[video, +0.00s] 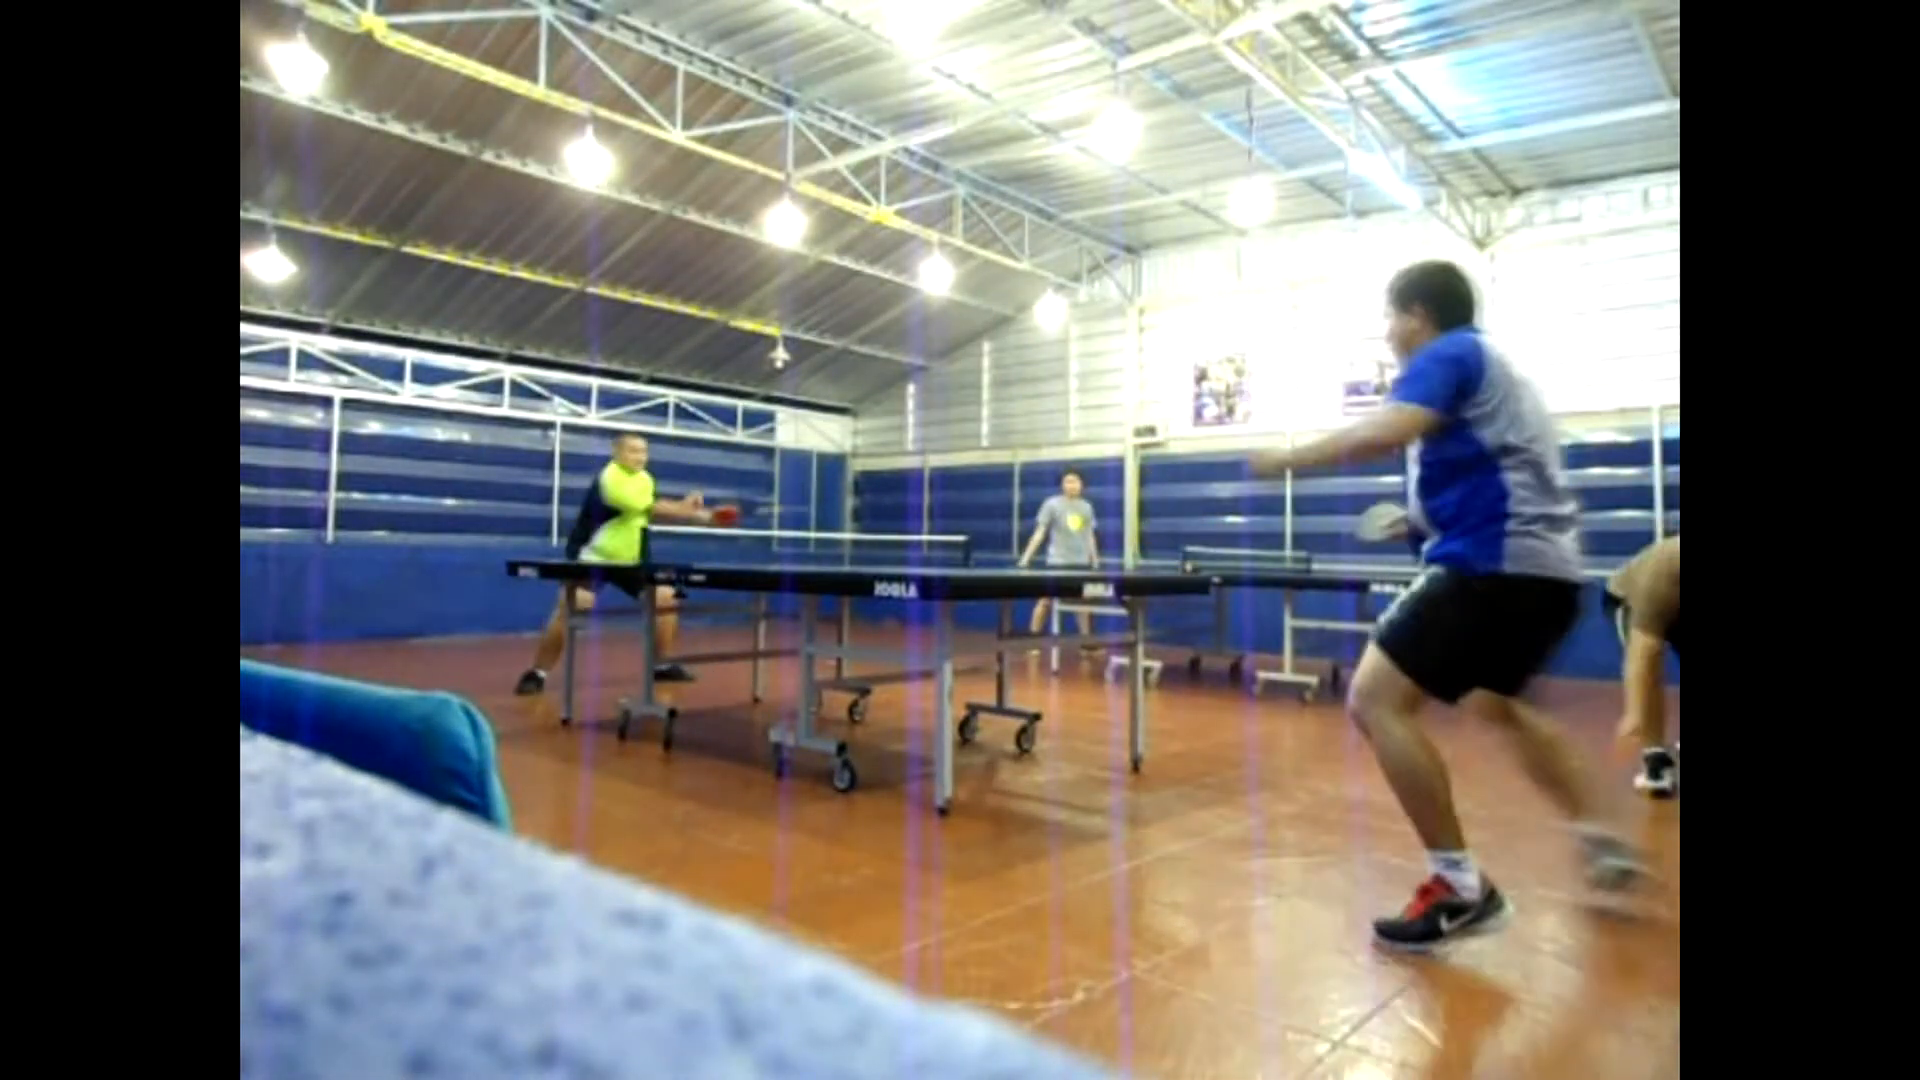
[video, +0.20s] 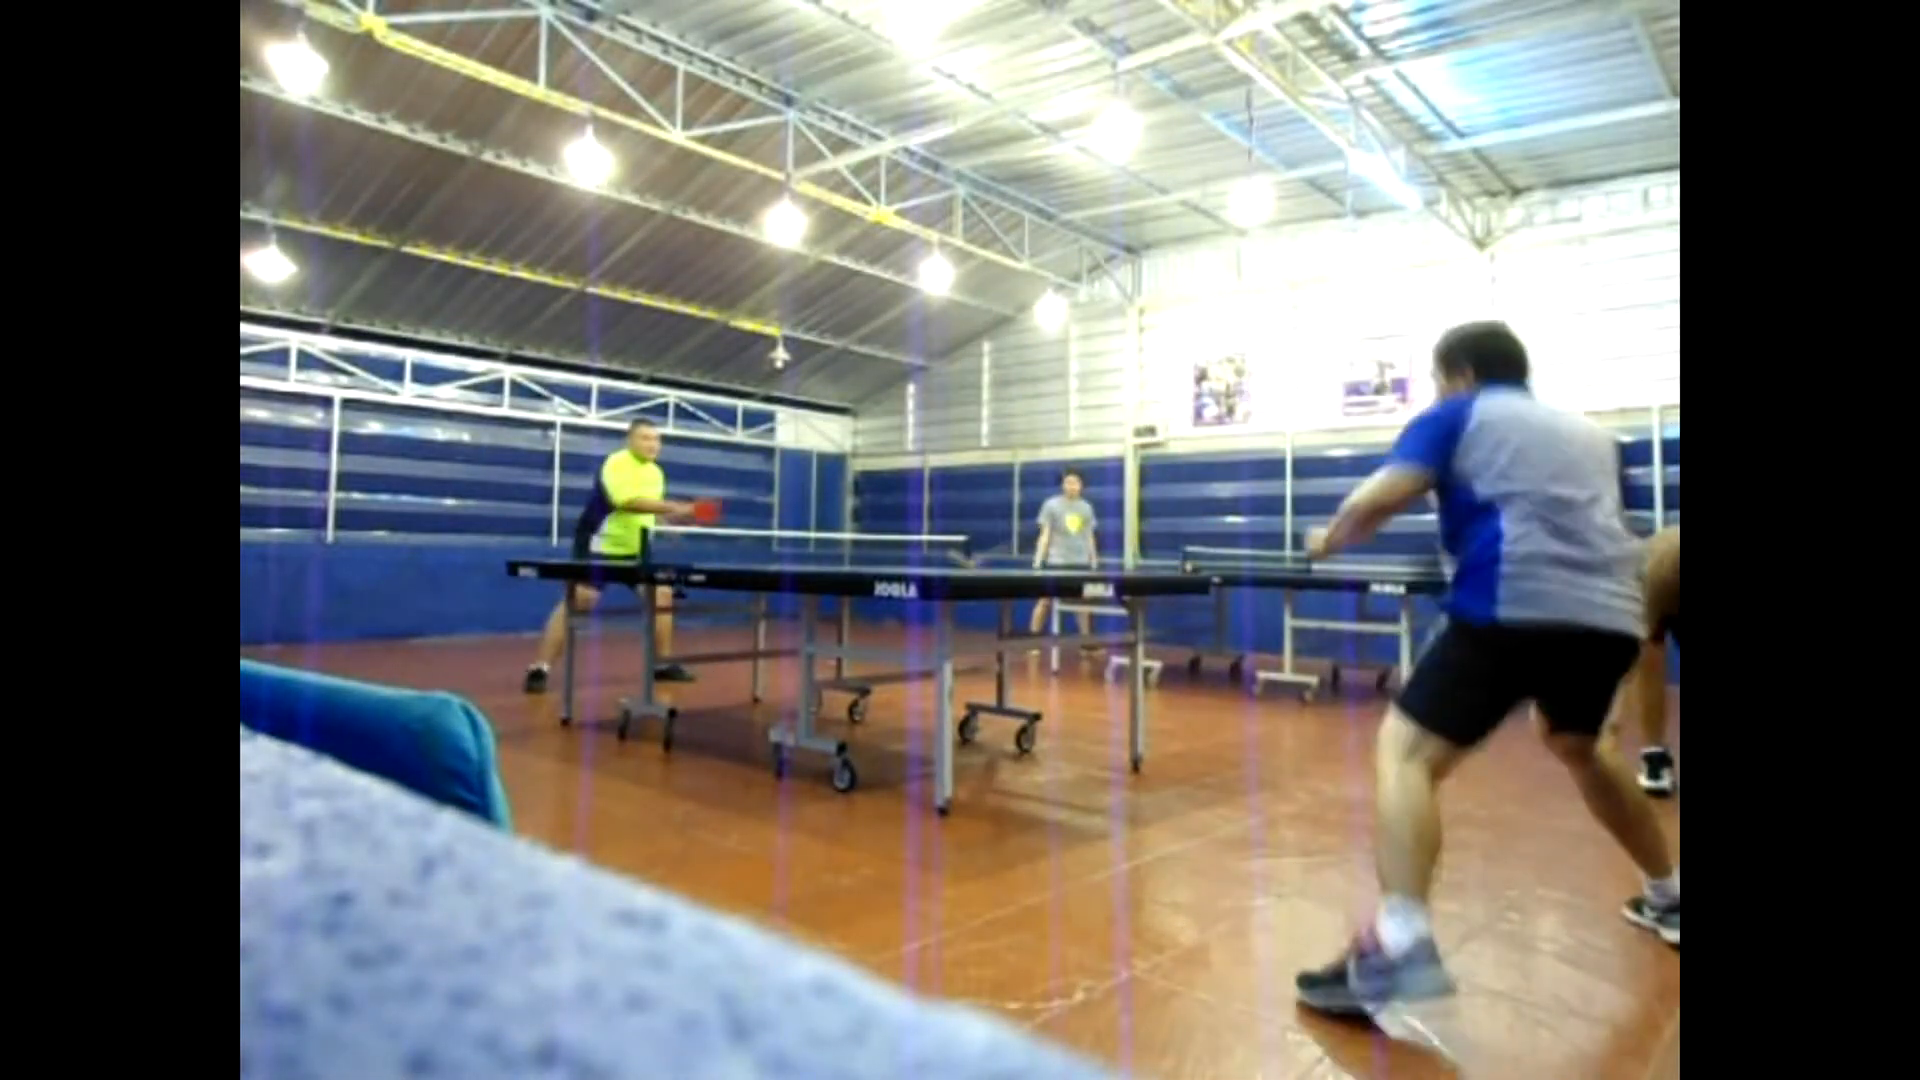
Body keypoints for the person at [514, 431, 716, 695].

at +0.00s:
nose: (639, 457)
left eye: (643, 451)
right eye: (632, 451)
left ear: (646, 455)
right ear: (617, 452)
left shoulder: (645, 481)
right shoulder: (610, 480)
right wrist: (686, 509)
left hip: (629, 562)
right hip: (591, 562)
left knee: (665, 598)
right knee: (575, 606)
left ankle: (663, 663)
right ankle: (538, 671)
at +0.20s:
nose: (652, 445)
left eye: (656, 439)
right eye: (645, 438)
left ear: (659, 443)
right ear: (630, 439)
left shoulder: (655, 473)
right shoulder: (615, 464)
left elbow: (652, 509)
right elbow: (622, 500)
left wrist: (678, 516)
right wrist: (671, 508)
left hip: (636, 545)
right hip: (599, 543)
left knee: (662, 594)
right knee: (581, 598)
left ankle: (663, 661)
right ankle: (541, 666)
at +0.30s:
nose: (649, 444)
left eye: (653, 439)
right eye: (642, 438)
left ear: (656, 443)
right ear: (628, 439)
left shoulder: (655, 474)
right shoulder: (607, 464)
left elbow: (649, 510)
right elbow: (601, 504)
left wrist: (658, 532)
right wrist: (643, 518)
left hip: (637, 550)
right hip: (601, 547)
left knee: (663, 595)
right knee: (582, 598)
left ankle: (663, 661)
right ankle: (536, 662)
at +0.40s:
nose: (637, 448)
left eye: (642, 443)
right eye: (631, 442)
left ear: (647, 447)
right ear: (620, 443)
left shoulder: (649, 479)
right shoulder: (598, 469)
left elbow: (641, 516)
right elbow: (578, 503)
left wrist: (651, 535)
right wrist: (619, 524)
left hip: (633, 558)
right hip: (596, 556)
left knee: (663, 594)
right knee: (579, 602)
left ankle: (663, 661)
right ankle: (535, 660)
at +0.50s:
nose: (626, 447)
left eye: (630, 442)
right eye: (620, 441)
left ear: (635, 447)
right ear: (607, 443)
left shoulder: (637, 478)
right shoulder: (585, 467)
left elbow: (638, 507)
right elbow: (562, 496)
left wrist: (649, 523)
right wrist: (600, 512)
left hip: (625, 558)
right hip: (585, 556)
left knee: (655, 598)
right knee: (559, 607)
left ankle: (663, 660)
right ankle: (534, 665)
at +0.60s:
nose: (614, 442)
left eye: (618, 436)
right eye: (608, 435)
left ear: (623, 441)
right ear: (595, 437)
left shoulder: (629, 469)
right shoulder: (571, 460)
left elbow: (635, 497)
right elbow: (550, 491)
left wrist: (642, 506)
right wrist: (580, 502)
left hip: (615, 546)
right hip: (573, 545)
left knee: (641, 599)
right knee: (553, 601)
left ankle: (666, 656)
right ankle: (532, 661)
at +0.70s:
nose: (601, 443)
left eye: (606, 438)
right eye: (596, 437)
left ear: (612, 441)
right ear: (584, 439)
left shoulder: (624, 468)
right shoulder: (564, 463)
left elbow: (637, 498)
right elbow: (539, 494)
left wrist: (633, 503)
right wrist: (558, 506)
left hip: (612, 542)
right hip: (568, 541)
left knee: (635, 594)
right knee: (544, 594)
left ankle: (643, 658)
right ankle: (523, 658)